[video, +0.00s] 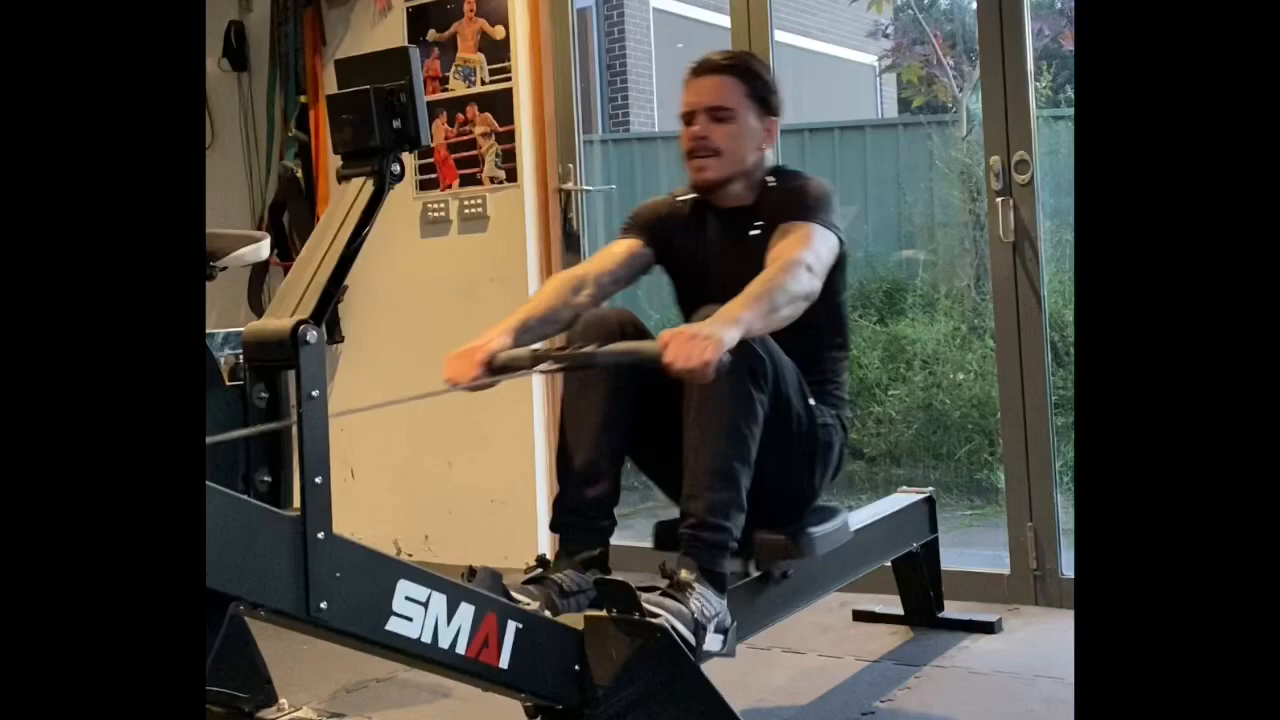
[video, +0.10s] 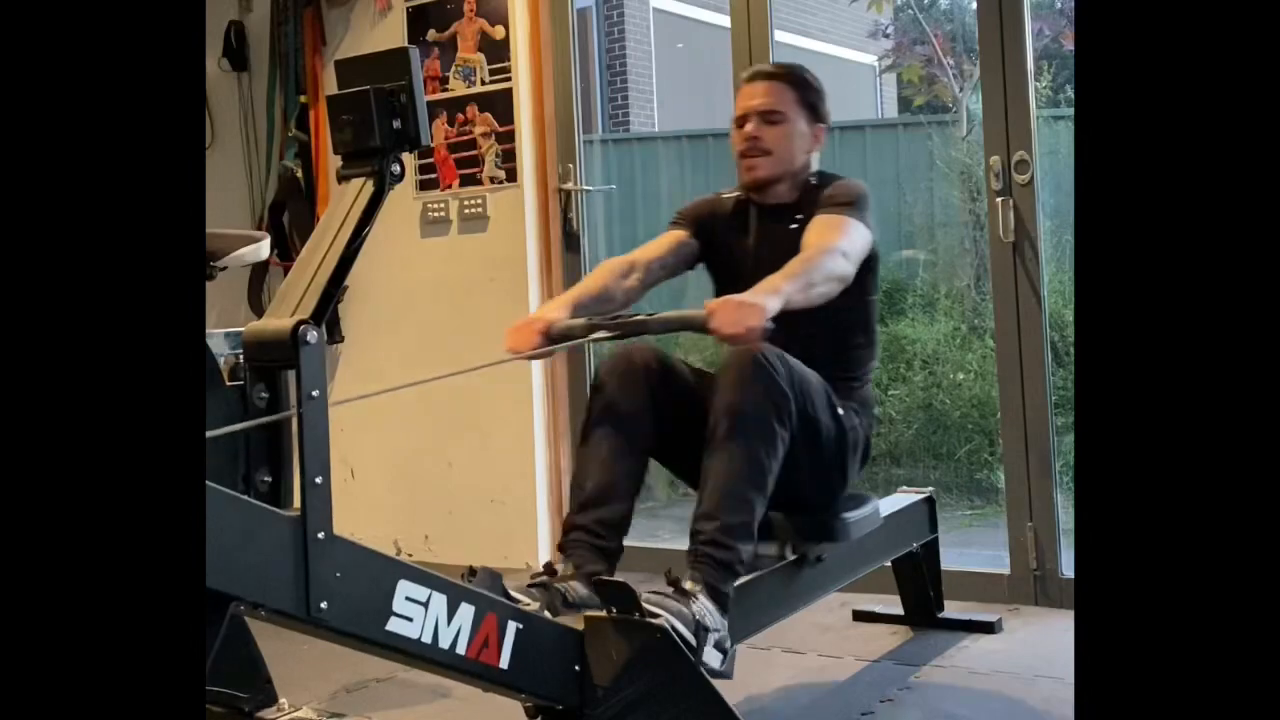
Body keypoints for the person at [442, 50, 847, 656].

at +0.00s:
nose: (697, 133)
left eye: (719, 117)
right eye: (688, 119)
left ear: (768, 133)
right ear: (680, 131)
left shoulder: (805, 201)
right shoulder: (667, 220)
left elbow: (794, 279)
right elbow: (588, 282)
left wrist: (725, 325)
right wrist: (505, 336)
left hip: (791, 465)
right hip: (699, 460)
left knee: (737, 351)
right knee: (601, 328)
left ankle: (700, 587)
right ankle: (578, 564)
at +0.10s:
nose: (749, 133)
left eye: (769, 118)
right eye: (740, 122)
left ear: (816, 136)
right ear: (731, 136)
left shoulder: (842, 202)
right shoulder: (716, 215)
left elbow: (829, 262)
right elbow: (633, 271)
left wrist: (764, 296)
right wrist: (558, 312)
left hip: (824, 449)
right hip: (736, 441)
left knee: (755, 362)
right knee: (632, 364)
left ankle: (706, 600)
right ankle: (581, 574)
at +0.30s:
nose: (818, 151)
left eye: (838, 138)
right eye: (810, 141)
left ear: (879, 151)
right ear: (802, 153)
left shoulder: (906, 214)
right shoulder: (780, 225)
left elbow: (928, 280)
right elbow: (712, 280)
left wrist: (864, 286)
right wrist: (662, 298)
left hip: (860, 405)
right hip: (773, 399)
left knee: (795, 451)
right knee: (679, 451)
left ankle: (716, 619)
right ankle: (581, 591)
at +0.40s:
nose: (829, 168)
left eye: (846, 154)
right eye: (820, 156)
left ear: (887, 160)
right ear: (812, 165)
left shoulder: (921, 227)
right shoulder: (799, 235)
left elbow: (995, 298)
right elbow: (744, 289)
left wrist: (911, 293)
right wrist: (710, 303)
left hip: (864, 412)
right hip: (774, 410)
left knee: (793, 469)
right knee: (693, 474)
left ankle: (717, 621)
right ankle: (588, 591)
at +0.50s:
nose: (813, 161)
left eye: (830, 147)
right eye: (804, 149)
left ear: (874, 153)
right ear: (798, 157)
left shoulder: (918, 228)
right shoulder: (788, 235)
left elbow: (1029, 302)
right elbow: (737, 303)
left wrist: (944, 292)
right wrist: (732, 314)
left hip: (862, 413)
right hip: (772, 401)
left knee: (780, 433)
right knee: (680, 423)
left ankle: (716, 620)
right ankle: (593, 588)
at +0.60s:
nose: (793, 160)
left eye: (811, 145)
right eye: (784, 147)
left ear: (856, 149)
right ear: (777, 154)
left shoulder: (906, 229)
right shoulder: (768, 235)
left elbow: (1015, 302)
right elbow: (698, 313)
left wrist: (919, 289)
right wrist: (694, 310)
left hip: (855, 436)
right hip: (759, 427)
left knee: (769, 402)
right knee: (671, 397)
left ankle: (716, 623)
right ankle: (591, 587)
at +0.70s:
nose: (771, 146)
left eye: (789, 130)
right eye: (761, 133)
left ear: (835, 140)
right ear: (752, 144)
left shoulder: (878, 215)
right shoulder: (741, 226)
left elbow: (961, 279)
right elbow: (666, 283)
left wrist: (859, 277)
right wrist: (630, 296)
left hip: (839, 454)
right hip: (742, 442)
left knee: (754, 374)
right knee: (645, 369)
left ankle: (715, 616)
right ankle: (586, 575)